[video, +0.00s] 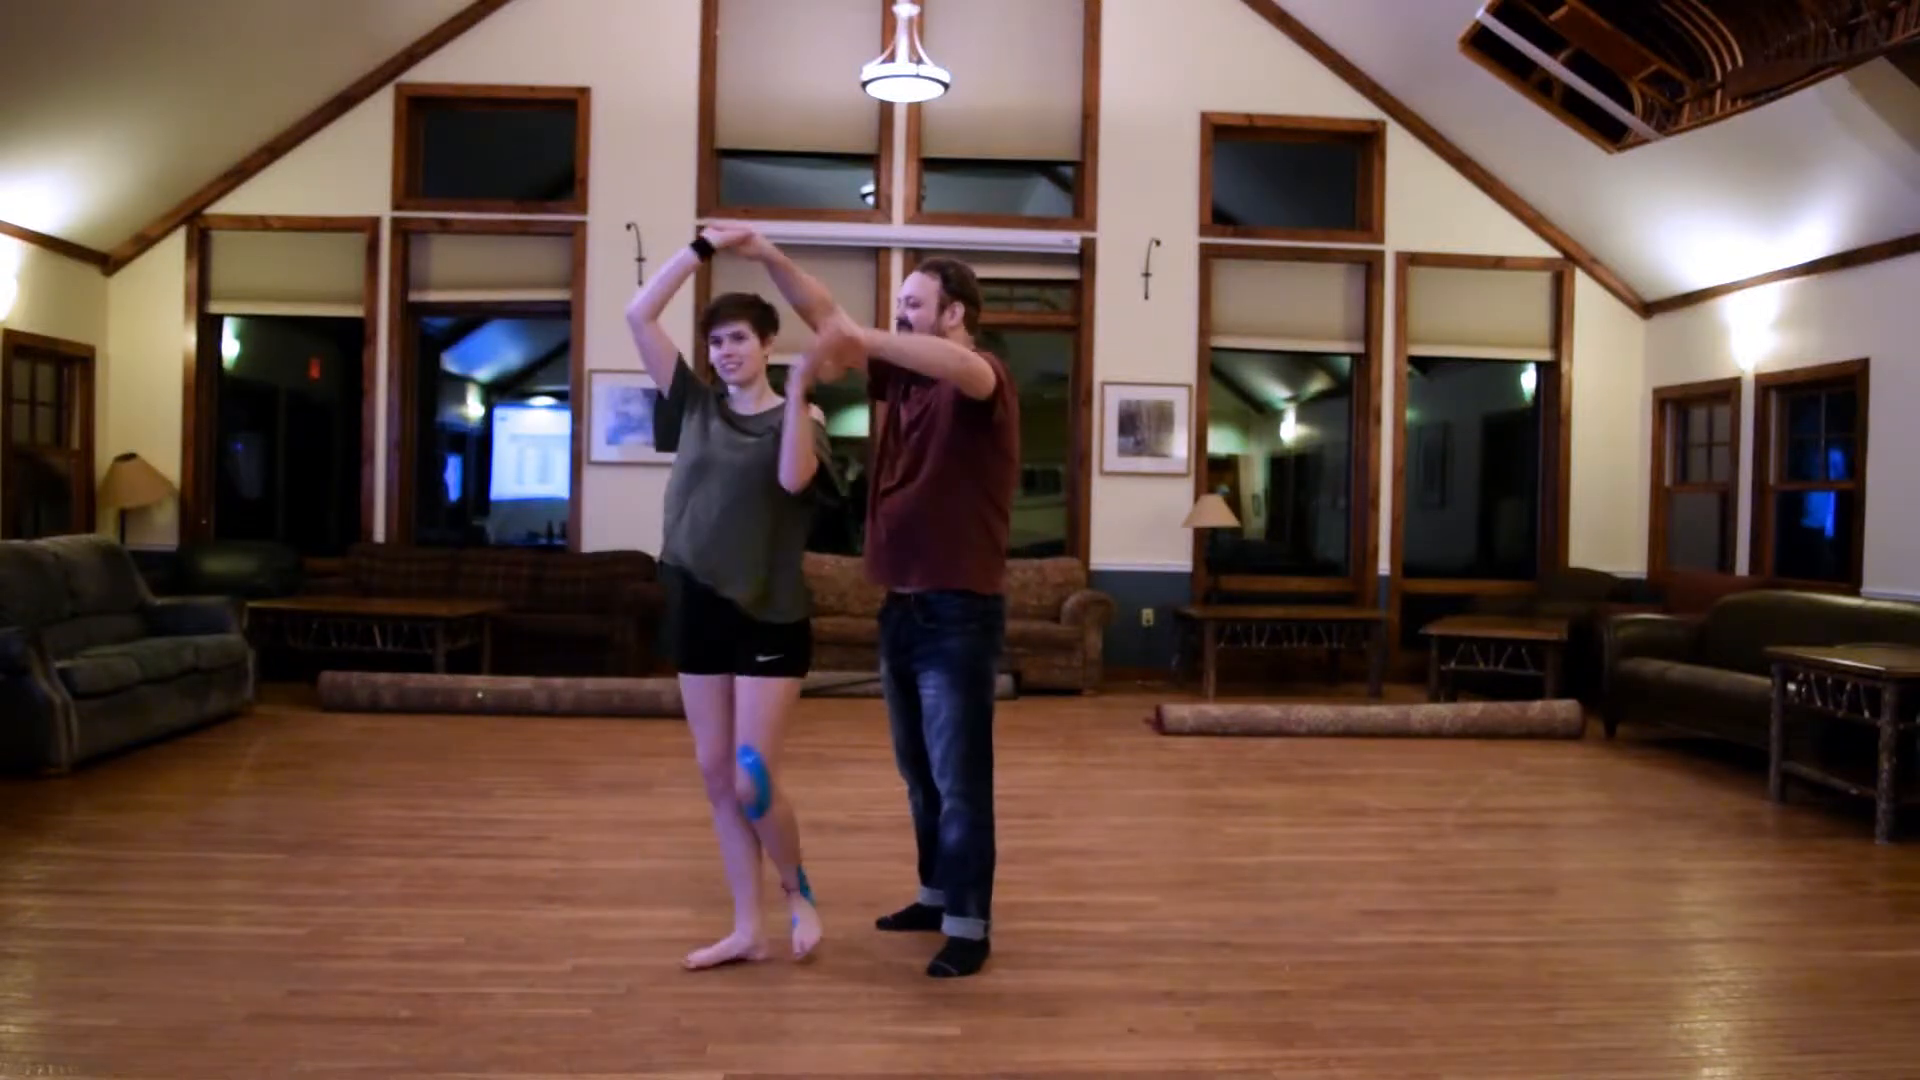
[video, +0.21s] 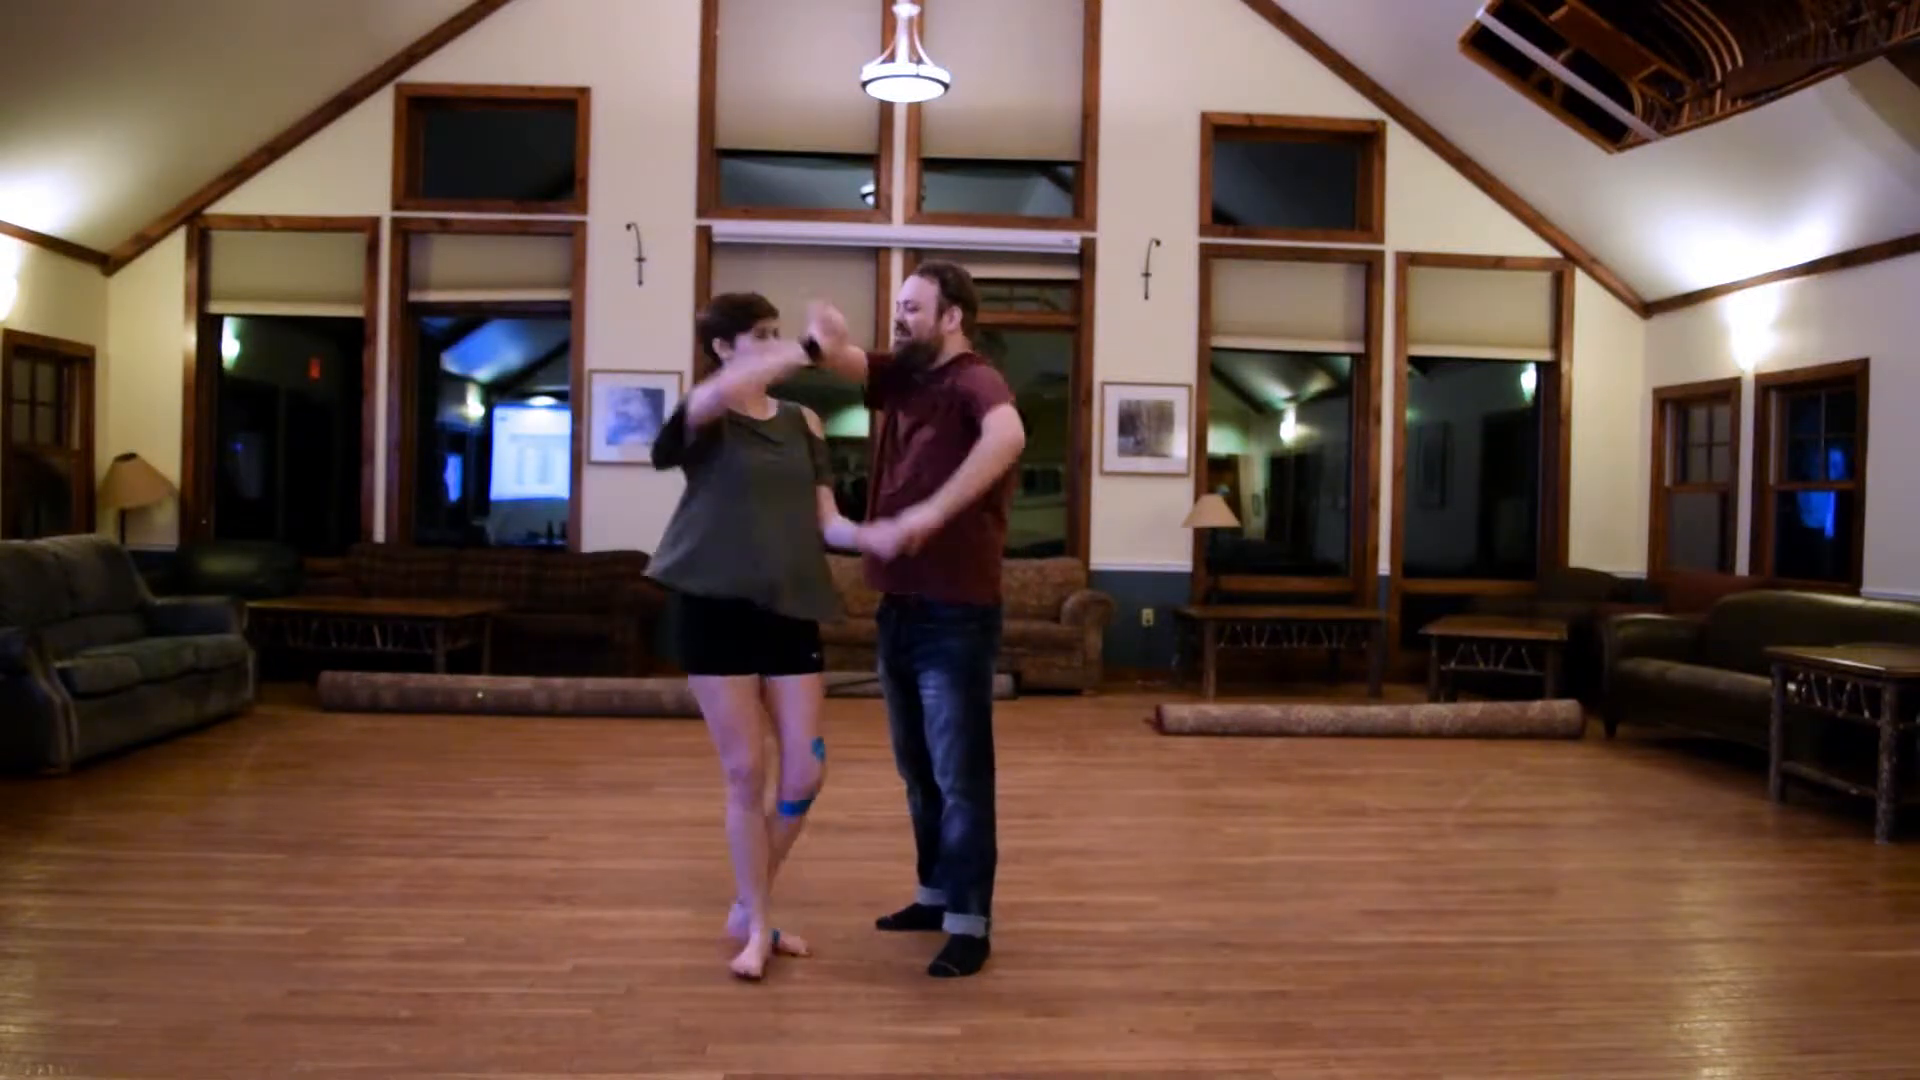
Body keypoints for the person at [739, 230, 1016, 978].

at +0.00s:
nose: (901, 315)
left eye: (914, 305)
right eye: (899, 306)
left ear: (958, 314)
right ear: (909, 316)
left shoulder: (984, 373)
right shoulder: (899, 372)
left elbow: (959, 364)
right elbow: (836, 328)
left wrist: (865, 340)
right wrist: (769, 257)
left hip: (961, 606)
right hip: (903, 605)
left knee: (958, 772)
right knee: (920, 768)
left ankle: (969, 925)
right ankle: (940, 898)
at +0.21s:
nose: (900, 317)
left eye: (913, 308)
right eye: (899, 308)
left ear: (951, 317)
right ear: (904, 317)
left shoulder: (974, 377)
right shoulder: (898, 370)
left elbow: (1007, 436)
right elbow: (848, 361)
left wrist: (927, 514)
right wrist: (829, 340)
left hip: (957, 605)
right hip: (901, 603)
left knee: (959, 771)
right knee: (918, 765)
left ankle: (970, 922)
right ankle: (935, 895)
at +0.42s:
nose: (893, 328)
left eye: (905, 317)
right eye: (893, 317)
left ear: (946, 326)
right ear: (909, 325)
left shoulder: (967, 395)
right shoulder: (903, 382)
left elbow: (936, 509)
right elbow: (816, 381)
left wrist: (873, 579)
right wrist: (835, 427)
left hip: (955, 610)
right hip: (904, 608)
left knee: (956, 771)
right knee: (916, 764)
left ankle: (971, 919)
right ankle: (935, 896)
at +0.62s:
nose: (901, 331)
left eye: (913, 320)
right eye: (901, 320)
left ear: (955, 326)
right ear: (919, 325)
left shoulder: (965, 391)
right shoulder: (919, 374)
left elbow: (876, 483)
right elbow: (841, 365)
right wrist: (799, 388)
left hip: (952, 610)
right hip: (907, 604)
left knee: (952, 770)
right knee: (916, 765)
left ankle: (977, 921)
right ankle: (936, 897)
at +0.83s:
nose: (913, 321)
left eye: (927, 312)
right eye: (914, 311)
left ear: (968, 322)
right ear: (944, 321)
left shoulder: (977, 380)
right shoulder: (940, 368)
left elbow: (864, 399)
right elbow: (868, 336)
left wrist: (790, 352)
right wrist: (793, 303)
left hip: (953, 604)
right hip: (907, 599)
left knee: (956, 771)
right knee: (918, 765)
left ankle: (980, 921)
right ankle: (938, 898)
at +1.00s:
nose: (916, 315)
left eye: (931, 305)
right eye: (917, 305)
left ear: (972, 315)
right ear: (931, 315)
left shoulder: (987, 375)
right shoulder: (936, 375)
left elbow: (887, 354)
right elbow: (870, 346)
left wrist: (841, 284)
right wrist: (834, 281)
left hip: (955, 602)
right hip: (904, 599)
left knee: (959, 771)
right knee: (919, 767)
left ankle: (981, 921)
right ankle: (941, 899)